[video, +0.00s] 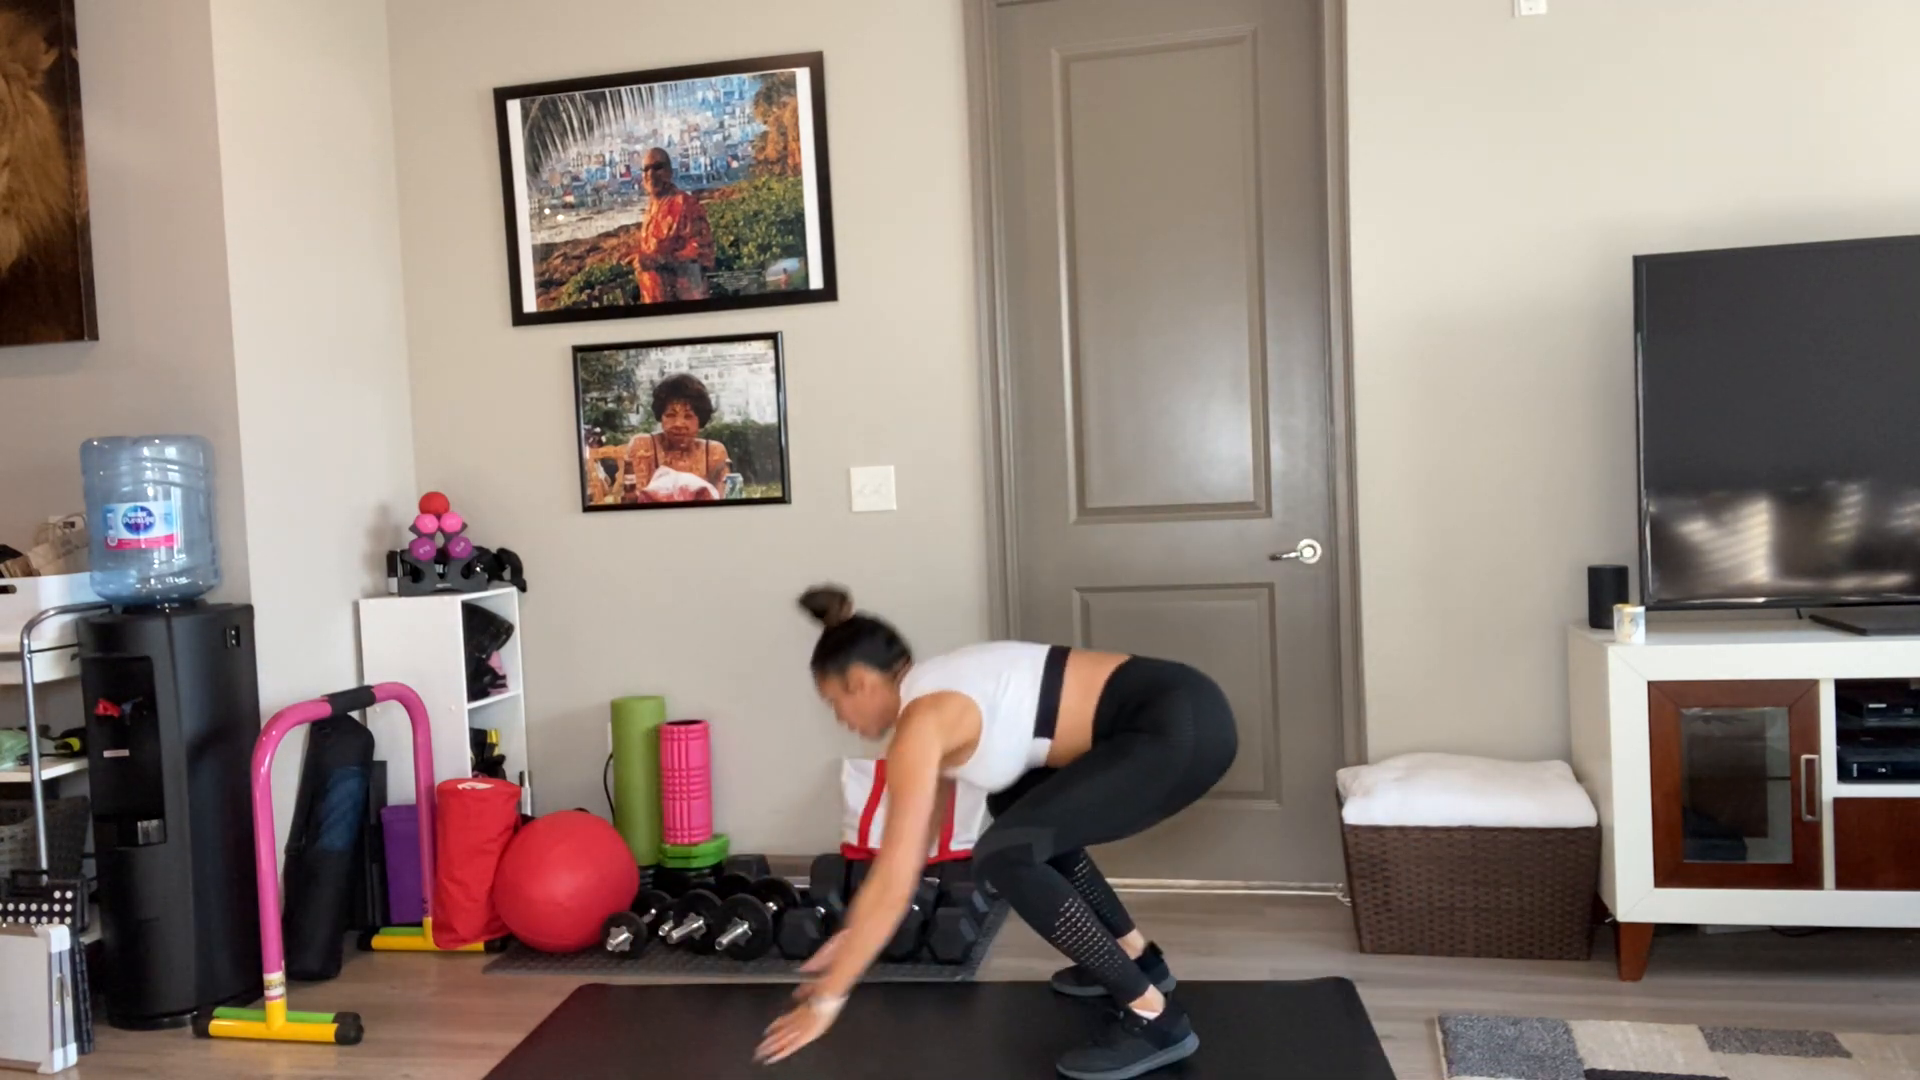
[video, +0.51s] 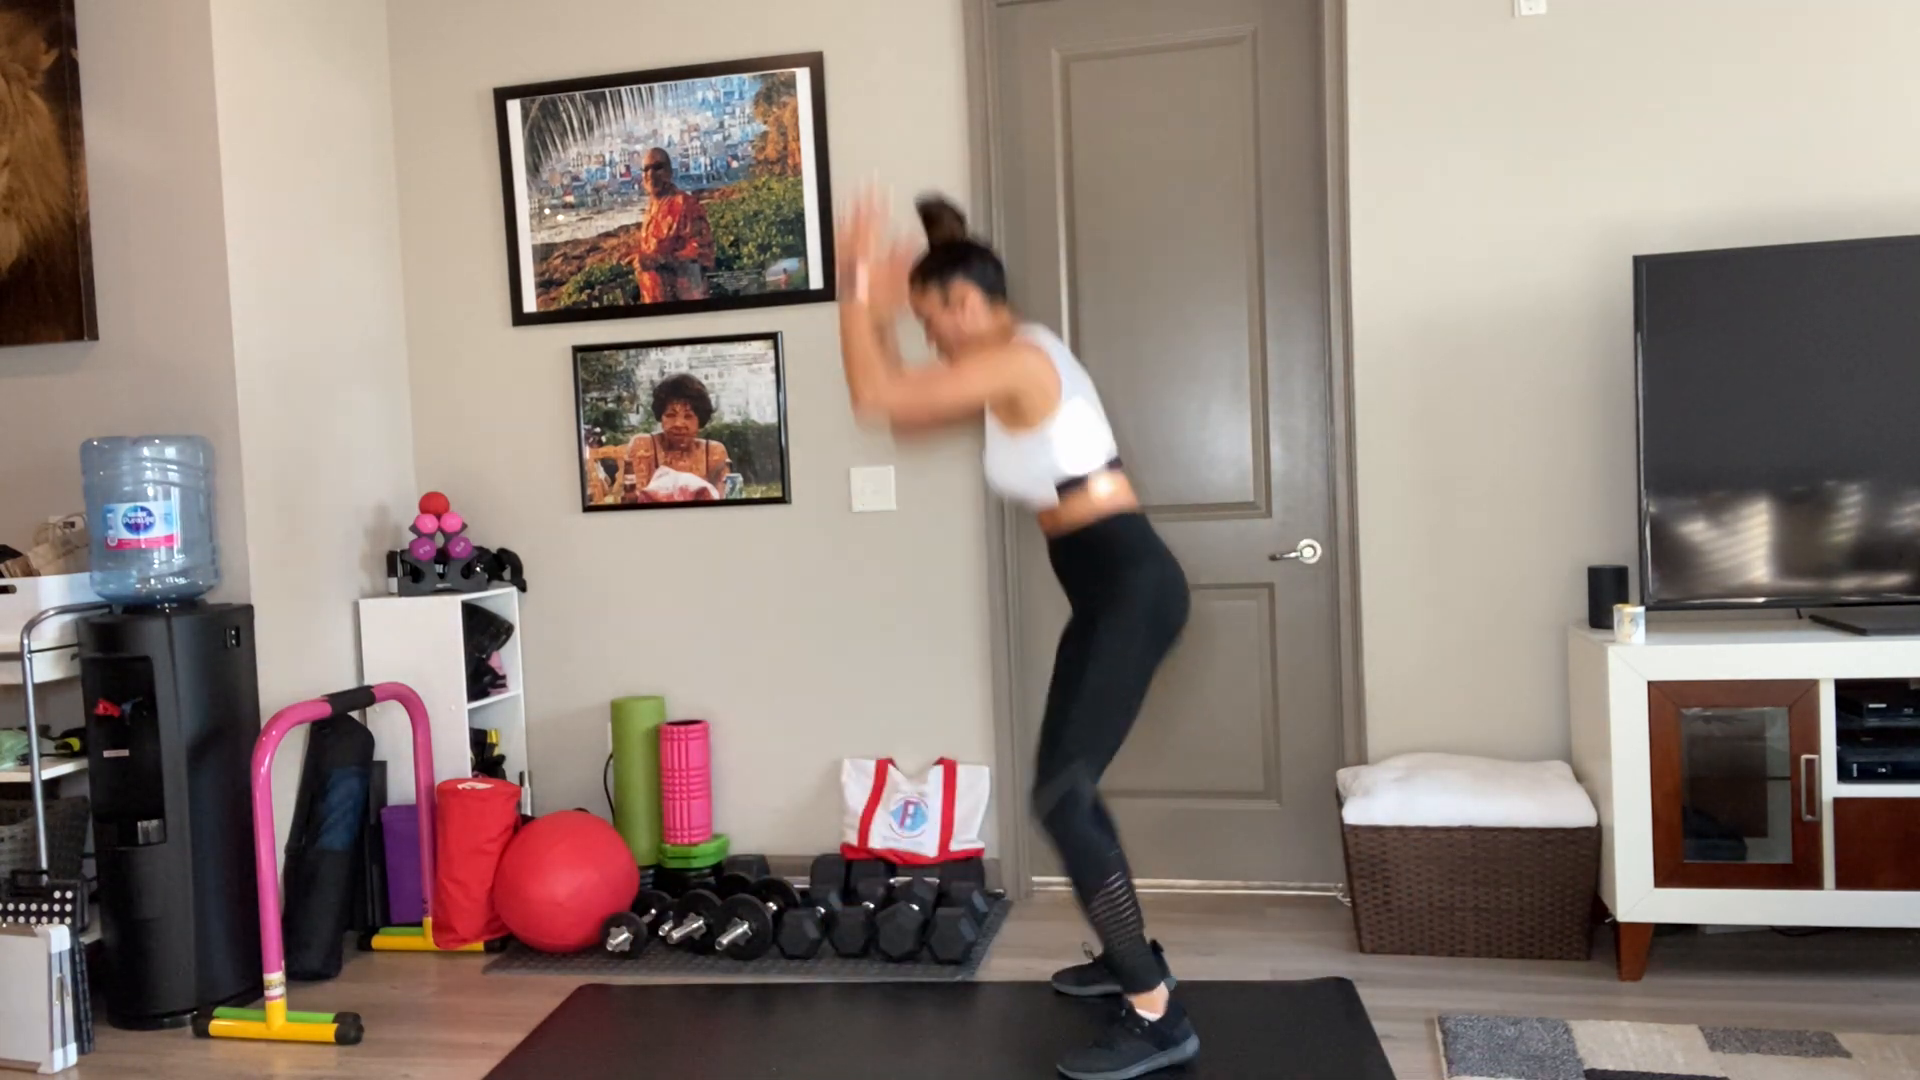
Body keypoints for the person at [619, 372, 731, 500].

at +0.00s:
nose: (679, 424)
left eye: (688, 416)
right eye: (670, 415)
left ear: (701, 420)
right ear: (660, 418)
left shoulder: (715, 451)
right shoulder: (641, 446)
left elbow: (719, 500)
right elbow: (638, 499)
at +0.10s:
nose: (679, 424)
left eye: (688, 416)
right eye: (670, 415)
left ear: (701, 420)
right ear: (660, 418)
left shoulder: (715, 451)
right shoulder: (641, 446)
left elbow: (720, 500)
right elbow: (636, 499)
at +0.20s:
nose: (679, 424)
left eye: (688, 416)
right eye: (670, 415)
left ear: (701, 420)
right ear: (660, 417)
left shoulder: (715, 451)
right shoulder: (641, 446)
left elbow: (719, 500)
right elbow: (638, 499)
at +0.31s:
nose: (679, 424)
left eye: (688, 416)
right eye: (671, 415)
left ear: (701, 420)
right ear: (660, 418)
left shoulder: (715, 451)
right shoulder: (642, 446)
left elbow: (720, 500)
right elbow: (638, 499)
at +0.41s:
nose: (679, 424)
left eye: (688, 416)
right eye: (671, 415)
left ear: (701, 420)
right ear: (660, 418)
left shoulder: (715, 451)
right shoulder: (641, 446)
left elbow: (722, 500)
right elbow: (636, 498)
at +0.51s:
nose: (679, 424)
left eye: (688, 416)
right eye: (671, 415)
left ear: (701, 420)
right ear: (660, 418)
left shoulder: (715, 451)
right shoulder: (641, 446)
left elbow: (722, 500)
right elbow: (634, 499)